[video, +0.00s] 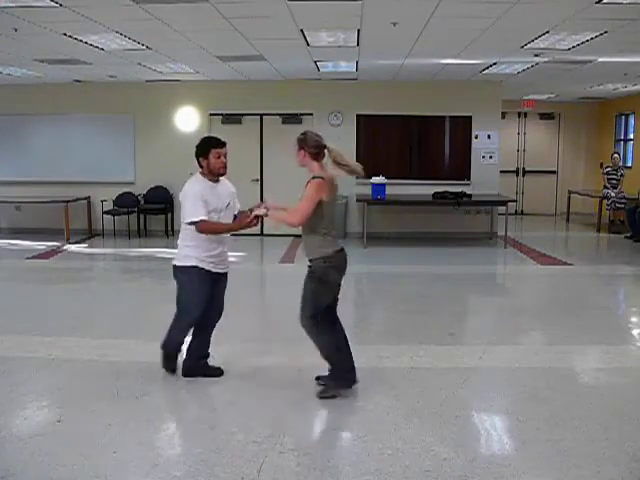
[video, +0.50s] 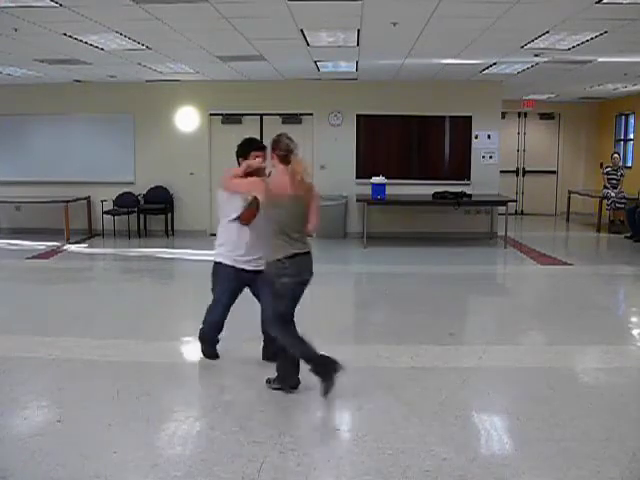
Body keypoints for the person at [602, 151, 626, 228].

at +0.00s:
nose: (615, 160)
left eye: (617, 158)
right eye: (613, 158)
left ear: (619, 160)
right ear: (611, 160)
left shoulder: (621, 170)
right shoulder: (606, 169)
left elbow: (621, 183)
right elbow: (605, 182)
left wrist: (617, 190)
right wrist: (611, 189)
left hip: (617, 188)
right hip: (608, 187)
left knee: (622, 196)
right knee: (611, 196)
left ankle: (621, 216)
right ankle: (611, 216)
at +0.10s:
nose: (615, 160)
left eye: (617, 158)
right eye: (613, 158)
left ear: (619, 160)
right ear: (611, 160)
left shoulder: (621, 170)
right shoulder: (606, 169)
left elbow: (621, 183)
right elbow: (605, 182)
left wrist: (617, 190)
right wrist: (611, 189)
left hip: (617, 188)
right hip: (608, 187)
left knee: (622, 196)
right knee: (611, 196)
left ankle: (621, 216)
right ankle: (611, 216)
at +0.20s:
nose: (615, 160)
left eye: (617, 158)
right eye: (613, 158)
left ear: (619, 160)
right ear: (611, 160)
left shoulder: (621, 170)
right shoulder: (606, 169)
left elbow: (621, 183)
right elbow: (605, 182)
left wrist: (617, 190)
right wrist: (611, 189)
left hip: (617, 188)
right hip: (608, 187)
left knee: (622, 196)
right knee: (611, 196)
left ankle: (621, 216)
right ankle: (611, 216)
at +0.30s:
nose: (615, 160)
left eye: (617, 158)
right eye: (613, 158)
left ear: (619, 160)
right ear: (611, 160)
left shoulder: (621, 170)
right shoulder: (606, 169)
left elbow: (621, 183)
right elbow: (605, 182)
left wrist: (617, 190)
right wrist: (611, 190)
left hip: (617, 189)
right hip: (608, 188)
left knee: (622, 196)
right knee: (611, 196)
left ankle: (621, 217)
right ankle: (611, 216)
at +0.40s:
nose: (615, 160)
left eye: (617, 158)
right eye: (613, 158)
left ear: (619, 160)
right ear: (611, 160)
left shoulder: (621, 170)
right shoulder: (606, 169)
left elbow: (621, 183)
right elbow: (605, 182)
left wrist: (617, 190)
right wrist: (611, 190)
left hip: (617, 189)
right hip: (608, 188)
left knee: (622, 196)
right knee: (611, 196)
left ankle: (621, 217)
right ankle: (611, 217)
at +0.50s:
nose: (615, 160)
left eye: (617, 158)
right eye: (613, 158)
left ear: (619, 160)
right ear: (611, 160)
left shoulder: (621, 170)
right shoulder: (606, 169)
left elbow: (621, 183)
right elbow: (605, 182)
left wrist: (617, 190)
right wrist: (611, 190)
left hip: (617, 189)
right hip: (608, 188)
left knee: (622, 196)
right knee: (611, 196)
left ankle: (621, 217)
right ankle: (611, 217)